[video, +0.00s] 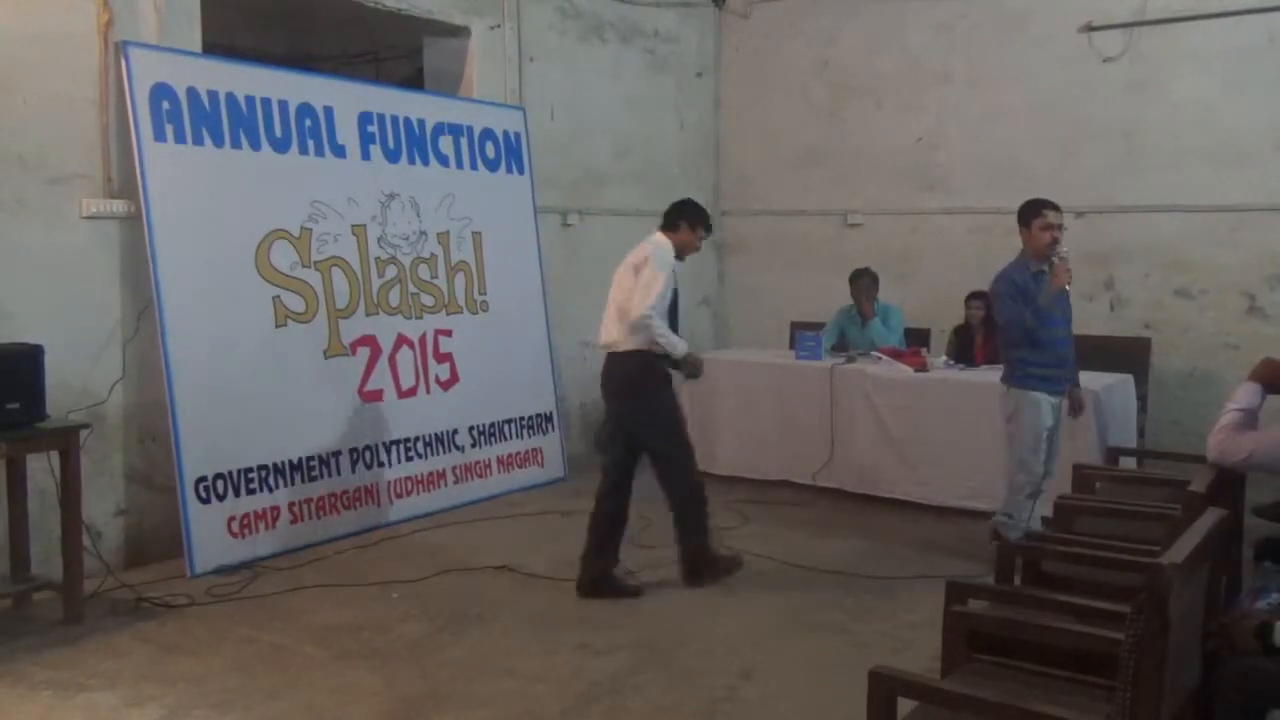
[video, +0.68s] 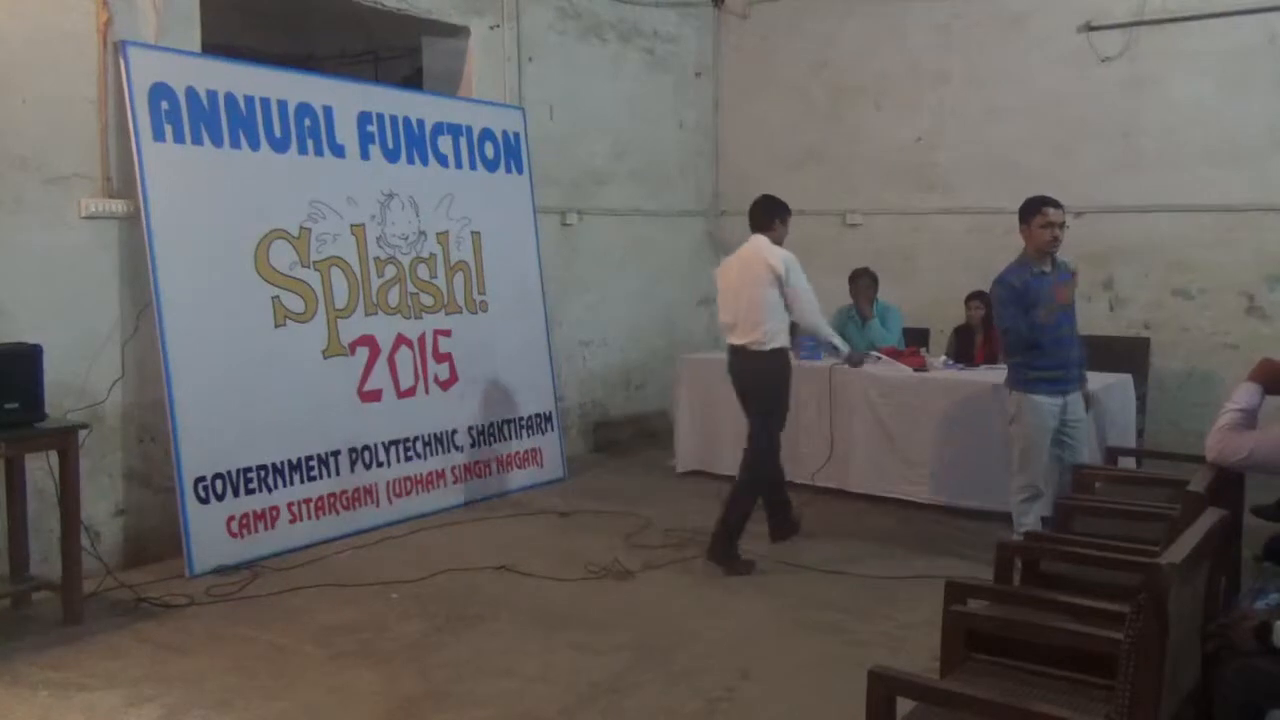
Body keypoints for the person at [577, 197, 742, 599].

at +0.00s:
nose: (699, 247)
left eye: (701, 240)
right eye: (699, 237)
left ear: (672, 227)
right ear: (682, 227)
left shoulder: (637, 255)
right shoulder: (661, 255)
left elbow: (629, 325)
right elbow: (641, 315)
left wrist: (672, 357)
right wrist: (682, 351)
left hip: (618, 369)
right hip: (642, 369)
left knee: (617, 473)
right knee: (679, 467)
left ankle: (596, 572)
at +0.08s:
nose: (713, 256)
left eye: (716, 249)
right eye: (713, 247)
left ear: (688, 233)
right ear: (698, 235)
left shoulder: (649, 258)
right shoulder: (678, 257)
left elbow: (642, 325)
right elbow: (664, 318)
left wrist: (685, 359)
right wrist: (700, 357)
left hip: (633, 372)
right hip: (659, 373)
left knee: (626, 475)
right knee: (691, 471)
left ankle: (597, 573)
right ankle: (715, 555)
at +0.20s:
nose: (737, 252)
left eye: (740, 245)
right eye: (738, 243)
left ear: (708, 230)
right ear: (724, 233)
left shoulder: (665, 261)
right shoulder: (712, 264)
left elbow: (661, 326)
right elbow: (704, 324)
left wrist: (709, 366)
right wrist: (726, 362)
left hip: (656, 371)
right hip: (690, 371)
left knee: (655, 469)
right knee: (711, 468)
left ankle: (611, 560)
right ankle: (717, 555)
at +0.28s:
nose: (747, 240)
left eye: (749, 232)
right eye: (747, 231)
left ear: (715, 222)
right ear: (733, 224)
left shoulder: (676, 257)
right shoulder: (726, 259)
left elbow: (676, 317)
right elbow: (731, 323)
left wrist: (721, 359)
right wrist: (744, 360)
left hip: (671, 363)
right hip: (705, 365)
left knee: (686, 457)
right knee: (723, 464)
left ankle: (639, 533)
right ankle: (718, 556)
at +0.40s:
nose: (755, 224)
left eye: (757, 217)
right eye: (755, 217)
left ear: (721, 212)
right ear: (743, 214)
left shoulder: (689, 252)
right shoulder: (744, 251)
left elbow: (694, 311)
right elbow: (772, 308)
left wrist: (735, 355)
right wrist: (783, 346)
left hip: (690, 355)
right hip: (721, 356)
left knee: (723, 444)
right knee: (732, 452)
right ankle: (717, 554)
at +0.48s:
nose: (765, 223)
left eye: (765, 216)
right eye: (764, 216)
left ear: (728, 213)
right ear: (753, 214)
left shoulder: (698, 255)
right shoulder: (755, 250)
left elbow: (702, 306)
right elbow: (791, 298)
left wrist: (744, 344)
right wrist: (805, 329)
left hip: (704, 356)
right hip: (736, 356)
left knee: (750, 437)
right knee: (737, 448)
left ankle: (739, 521)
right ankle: (716, 552)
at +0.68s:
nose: (788, 232)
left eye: (788, 226)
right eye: (787, 225)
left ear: (752, 224)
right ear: (776, 224)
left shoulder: (727, 265)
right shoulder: (781, 259)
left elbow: (728, 317)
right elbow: (807, 316)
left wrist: (773, 331)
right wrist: (844, 349)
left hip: (738, 360)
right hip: (771, 361)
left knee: (765, 444)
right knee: (759, 449)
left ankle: (781, 521)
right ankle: (724, 544)